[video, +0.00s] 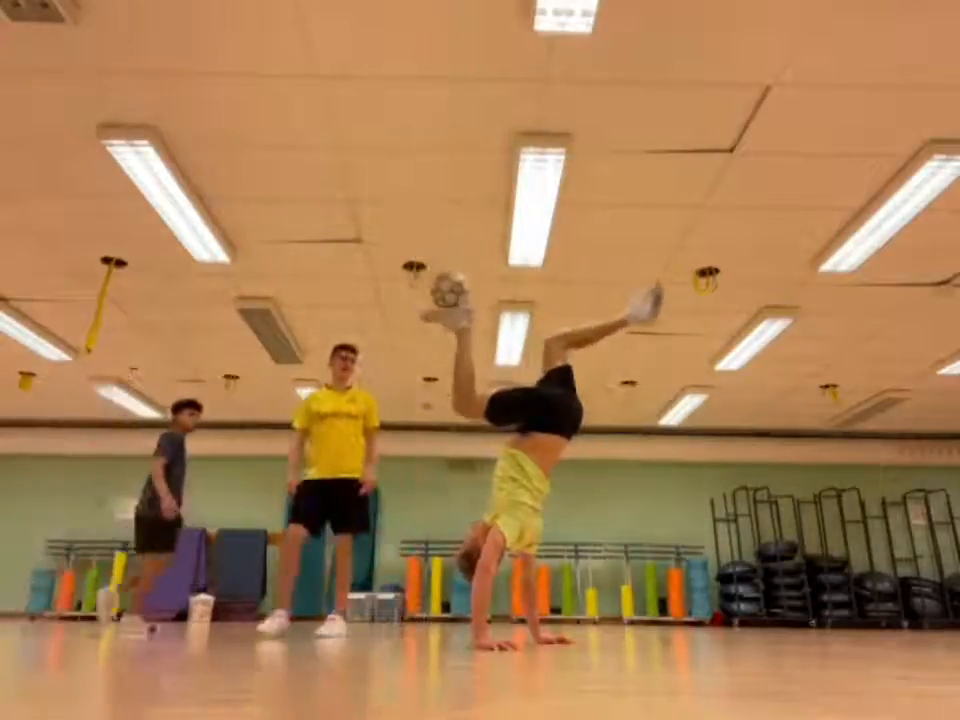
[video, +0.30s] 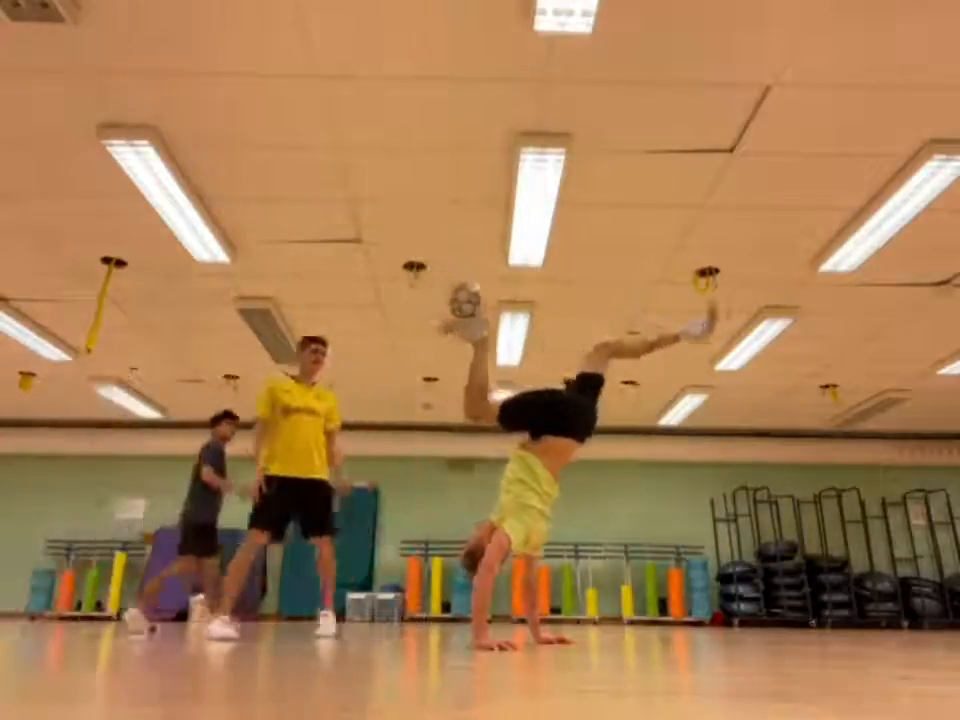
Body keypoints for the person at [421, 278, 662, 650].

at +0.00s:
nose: (472, 535)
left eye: (468, 540)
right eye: (474, 541)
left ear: (475, 550)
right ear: (482, 550)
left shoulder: (526, 539)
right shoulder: (499, 531)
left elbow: (528, 586)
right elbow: (484, 574)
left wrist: (536, 631)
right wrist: (481, 634)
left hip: (565, 416)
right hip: (546, 417)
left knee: (555, 344)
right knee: (466, 406)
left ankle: (630, 318)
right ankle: (463, 328)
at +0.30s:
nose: (478, 527)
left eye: (473, 532)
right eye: (479, 534)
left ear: (483, 551)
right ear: (485, 543)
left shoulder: (530, 541)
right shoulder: (504, 534)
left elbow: (530, 590)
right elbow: (483, 578)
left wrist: (537, 634)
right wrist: (480, 637)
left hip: (579, 422)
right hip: (557, 421)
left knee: (603, 350)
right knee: (477, 412)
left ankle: (687, 333)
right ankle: (480, 338)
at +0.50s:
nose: (482, 542)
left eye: (480, 545)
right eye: (481, 543)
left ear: (482, 550)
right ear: (484, 544)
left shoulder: (530, 541)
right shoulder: (509, 534)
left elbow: (530, 588)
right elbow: (482, 576)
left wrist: (536, 632)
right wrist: (480, 635)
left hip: (598, 436)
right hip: (582, 432)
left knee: (634, 367)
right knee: (515, 382)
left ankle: (714, 359)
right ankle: (527, 301)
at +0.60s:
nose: (488, 525)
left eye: (486, 534)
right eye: (487, 533)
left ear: (490, 546)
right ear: (490, 540)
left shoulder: (530, 538)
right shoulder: (514, 532)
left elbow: (535, 586)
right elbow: (486, 574)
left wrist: (537, 632)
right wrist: (480, 637)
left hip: (604, 438)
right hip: (596, 436)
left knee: (655, 374)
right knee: (538, 362)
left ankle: (736, 390)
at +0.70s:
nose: (495, 524)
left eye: (494, 536)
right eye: (494, 531)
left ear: (495, 550)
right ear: (497, 537)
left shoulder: (535, 539)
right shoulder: (519, 534)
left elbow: (535, 586)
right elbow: (485, 579)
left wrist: (537, 630)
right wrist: (479, 637)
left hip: (618, 452)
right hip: (609, 441)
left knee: (683, 394)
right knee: (576, 353)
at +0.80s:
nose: (501, 528)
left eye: (497, 532)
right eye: (498, 533)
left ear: (501, 550)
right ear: (501, 546)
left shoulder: (539, 544)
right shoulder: (523, 541)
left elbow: (537, 582)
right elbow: (487, 573)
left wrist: (538, 632)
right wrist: (480, 636)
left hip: (633, 472)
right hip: (624, 461)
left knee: (702, 442)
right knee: (638, 365)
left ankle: (760, 524)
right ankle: (712, 392)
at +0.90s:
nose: (510, 563)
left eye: (508, 563)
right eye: (508, 560)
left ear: (515, 567)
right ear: (516, 557)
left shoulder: (549, 561)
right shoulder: (540, 548)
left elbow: (537, 588)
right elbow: (491, 576)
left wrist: (539, 629)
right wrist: (480, 637)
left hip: (651, 504)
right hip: (648, 479)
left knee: (751, 507)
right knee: (719, 414)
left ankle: (748, 606)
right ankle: (755, 494)